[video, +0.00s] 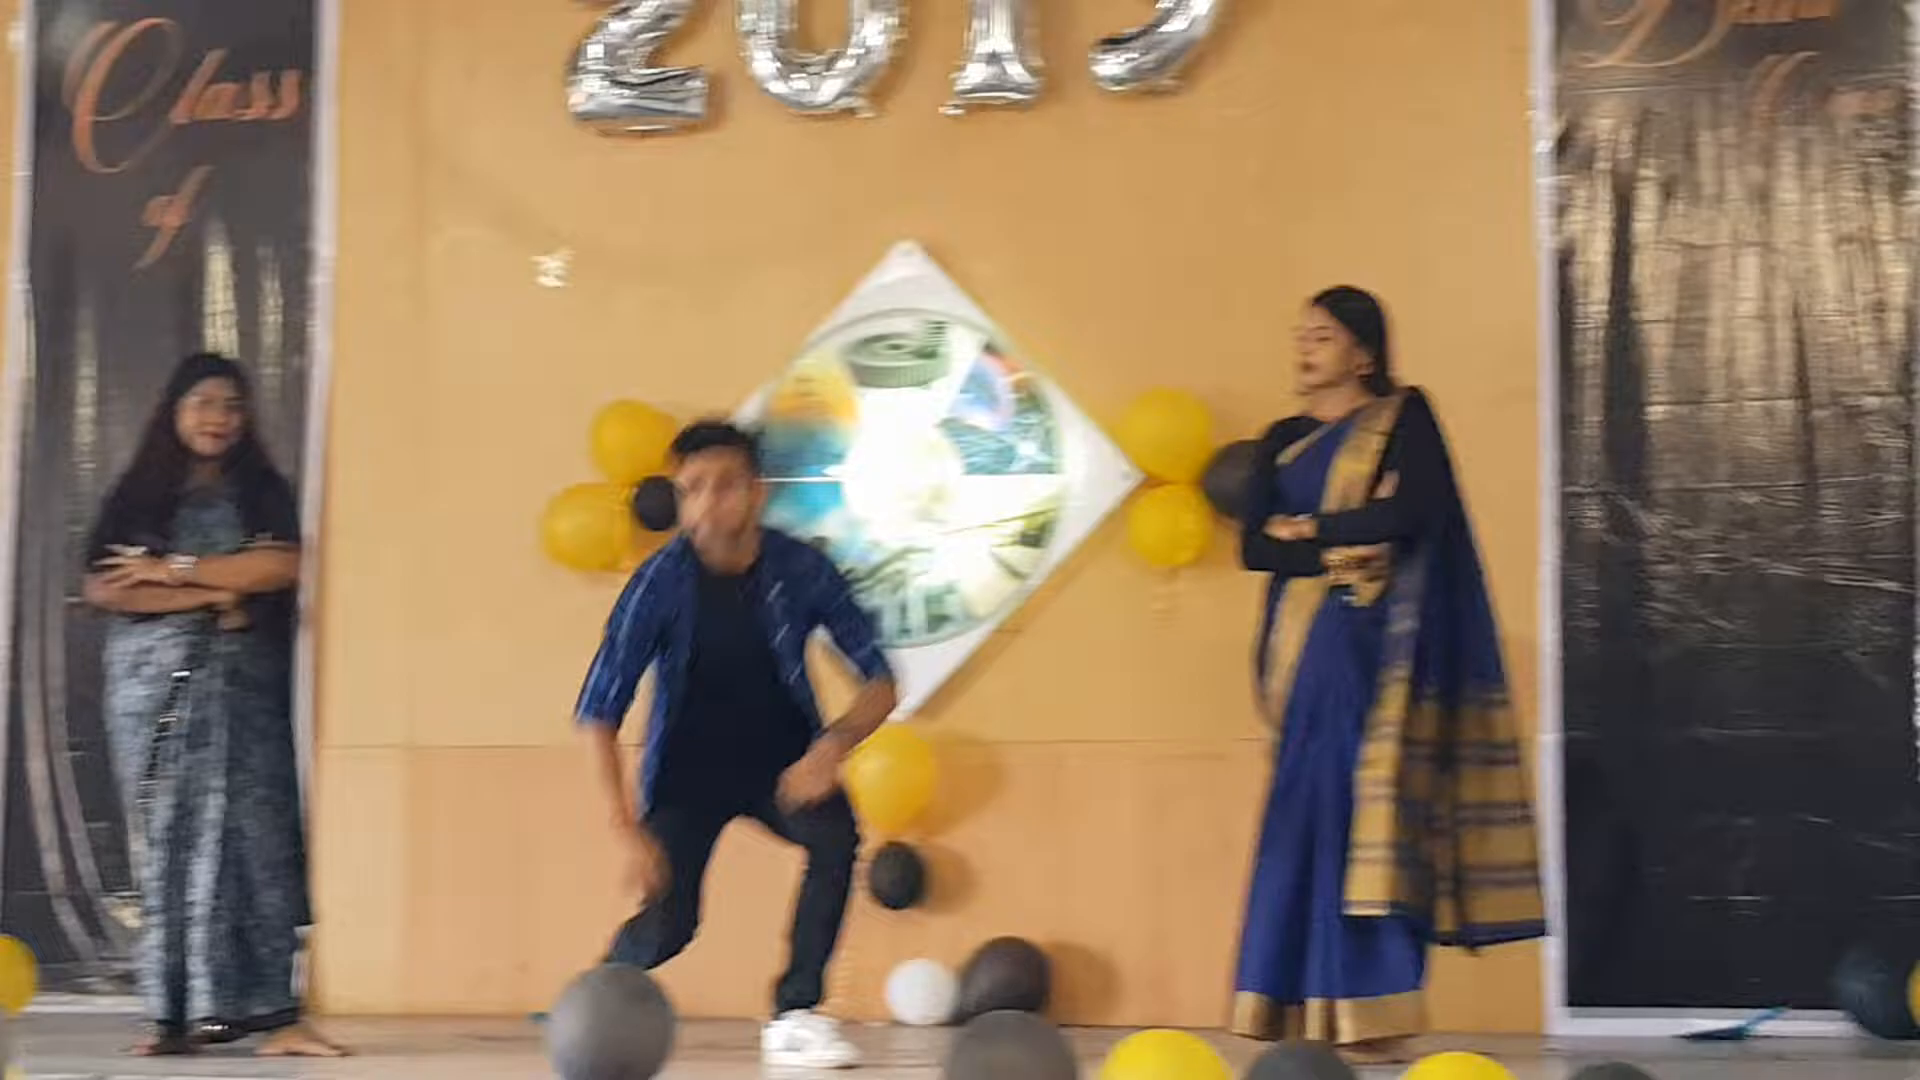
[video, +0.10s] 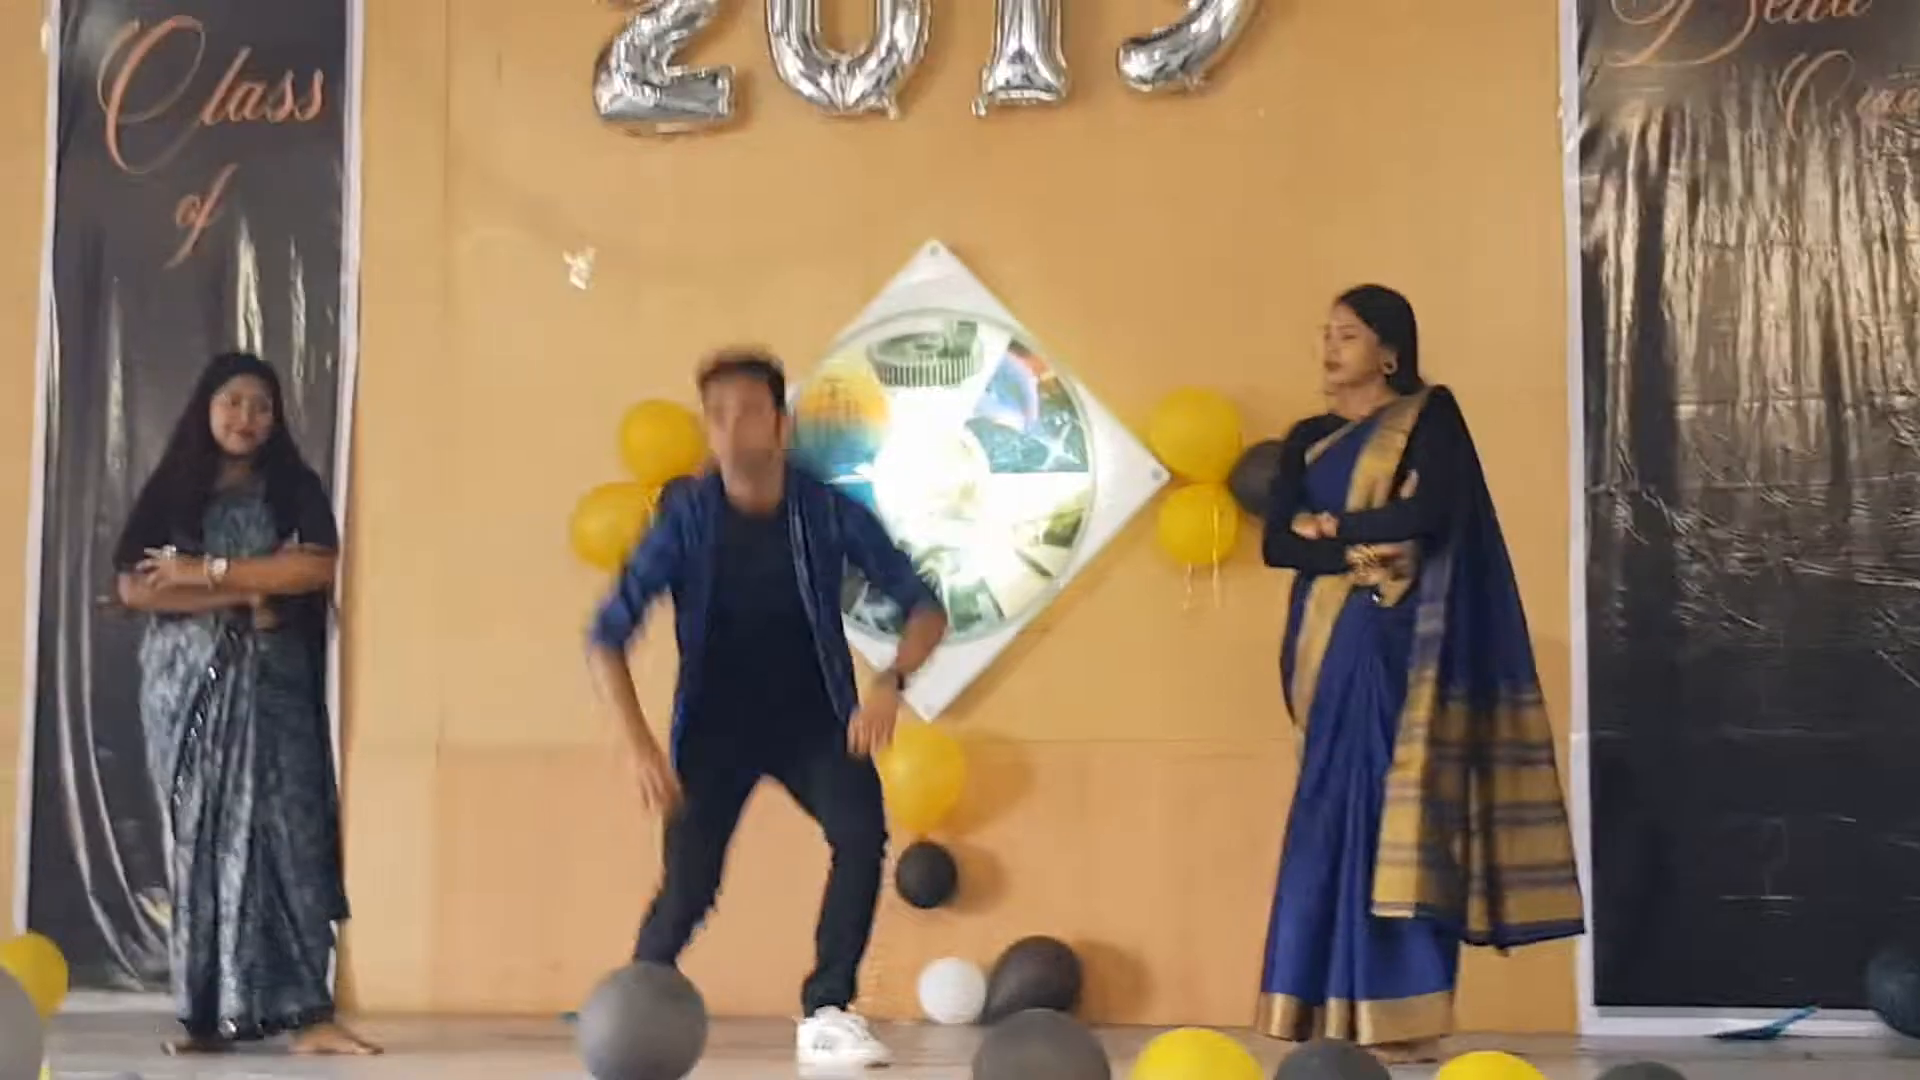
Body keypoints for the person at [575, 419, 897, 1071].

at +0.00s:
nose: (709, 505)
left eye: (726, 486)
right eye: (694, 489)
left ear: (758, 494)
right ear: (677, 501)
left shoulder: (800, 568)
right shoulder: (661, 582)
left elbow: (882, 683)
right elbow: (598, 712)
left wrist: (830, 750)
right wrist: (627, 831)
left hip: (778, 768)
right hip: (688, 774)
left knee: (836, 835)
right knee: (669, 924)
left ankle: (797, 1014)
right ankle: (597, 998)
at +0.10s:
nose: (736, 429)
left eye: (751, 412)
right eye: (721, 414)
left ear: (783, 424)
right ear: (706, 429)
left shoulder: (828, 509)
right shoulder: (684, 513)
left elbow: (927, 608)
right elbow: (606, 635)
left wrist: (892, 682)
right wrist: (641, 747)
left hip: (812, 727)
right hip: (716, 730)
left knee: (862, 834)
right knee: (688, 891)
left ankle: (828, 1013)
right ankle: (634, 1014)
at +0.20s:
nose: (765, 316)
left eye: (779, 302)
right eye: (752, 304)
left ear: (810, 314)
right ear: (734, 318)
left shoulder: (858, 414)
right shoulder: (709, 422)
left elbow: (973, 496)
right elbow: (620, 515)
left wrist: (939, 586)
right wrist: (657, 626)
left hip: (842, 652)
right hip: (738, 656)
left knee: (883, 799)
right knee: (705, 820)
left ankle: (872, 991)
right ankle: (669, 995)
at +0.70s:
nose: (787, 351)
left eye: (805, 338)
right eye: (777, 338)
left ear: (839, 354)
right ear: (763, 351)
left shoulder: (880, 461)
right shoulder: (728, 459)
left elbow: (966, 557)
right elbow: (640, 547)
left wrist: (903, 649)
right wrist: (677, 643)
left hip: (837, 704)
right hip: (742, 704)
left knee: (871, 889)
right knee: (731, 886)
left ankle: (915, 1065)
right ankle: (709, 1062)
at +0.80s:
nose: (801, 466)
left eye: (820, 453)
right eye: (790, 453)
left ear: (855, 470)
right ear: (777, 466)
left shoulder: (895, 571)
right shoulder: (742, 569)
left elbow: (985, 669)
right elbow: (651, 664)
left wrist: (921, 763)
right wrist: (692, 758)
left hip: (851, 820)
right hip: (756, 817)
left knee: (884, 1011)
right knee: (742, 1007)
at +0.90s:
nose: (869, 596)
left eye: (884, 578)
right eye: (858, 579)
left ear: (915, 584)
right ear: (845, 585)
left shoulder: (957, 691)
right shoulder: (820, 690)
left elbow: (1048, 788)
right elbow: (723, 785)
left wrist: (985, 879)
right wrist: (773, 880)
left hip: (914, 929)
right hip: (826, 924)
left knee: (939, 1070)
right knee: (814, 1070)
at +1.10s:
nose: (996, 754)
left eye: (1014, 736)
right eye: (982, 736)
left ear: (1045, 742)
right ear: (967, 741)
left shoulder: (1091, 836)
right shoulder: (927, 834)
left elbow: (1182, 939)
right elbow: (850, 937)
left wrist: (1113, 984)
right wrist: (881, 1012)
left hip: (1048, 1065)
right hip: (949, 1065)